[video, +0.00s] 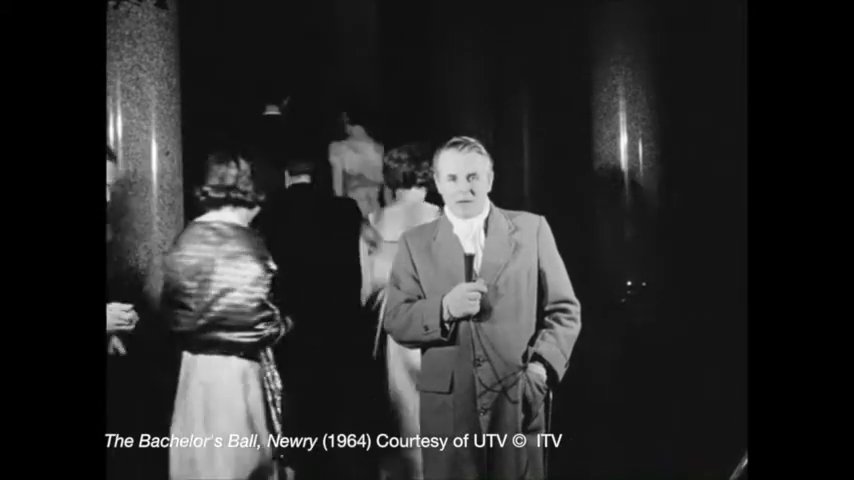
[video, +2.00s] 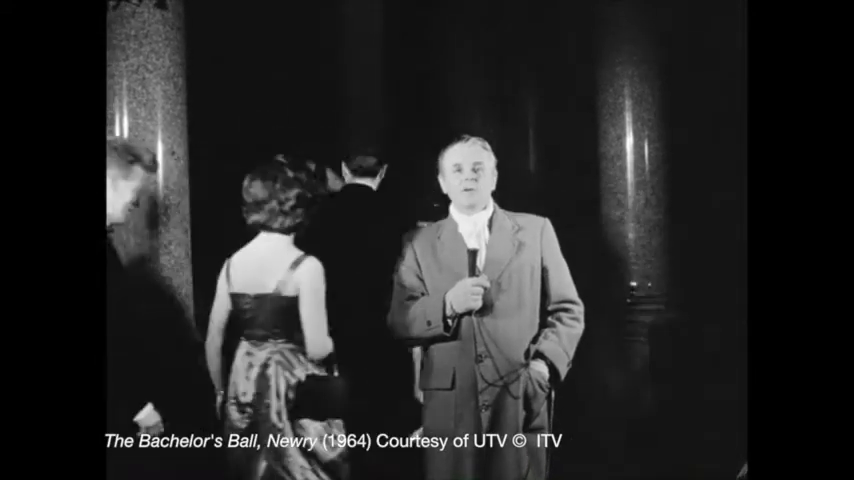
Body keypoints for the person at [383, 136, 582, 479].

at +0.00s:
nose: (463, 188)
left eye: (473, 177)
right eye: (452, 178)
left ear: (490, 180)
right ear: (437, 184)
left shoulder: (532, 229)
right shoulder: (414, 242)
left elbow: (563, 309)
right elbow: (396, 318)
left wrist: (542, 366)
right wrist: (443, 309)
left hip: (517, 398)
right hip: (446, 400)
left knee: (521, 474)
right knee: (446, 474)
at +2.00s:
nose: (468, 176)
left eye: (478, 167)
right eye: (457, 168)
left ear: (495, 178)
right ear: (442, 183)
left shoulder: (535, 231)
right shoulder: (420, 243)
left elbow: (566, 309)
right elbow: (399, 320)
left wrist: (544, 363)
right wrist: (446, 305)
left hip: (519, 398)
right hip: (449, 400)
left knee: (522, 474)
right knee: (449, 473)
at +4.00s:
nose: (472, 179)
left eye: (483, 171)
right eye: (464, 170)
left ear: (505, 180)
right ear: (453, 178)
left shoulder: (545, 232)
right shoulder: (428, 241)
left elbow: (577, 311)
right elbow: (409, 320)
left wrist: (554, 367)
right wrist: (457, 308)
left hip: (527, 399)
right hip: (457, 400)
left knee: (529, 475)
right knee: (459, 474)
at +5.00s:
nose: (480, 186)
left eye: (490, 177)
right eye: (471, 176)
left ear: (510, 180)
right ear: (458, 180)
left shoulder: (549, 230)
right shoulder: (431, 240)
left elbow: (580, 310)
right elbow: (413, 318)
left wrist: (557, 366)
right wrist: (461, 308)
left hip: (531, 397)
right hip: (461, 398)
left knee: (533, 474)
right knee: (460, 474)